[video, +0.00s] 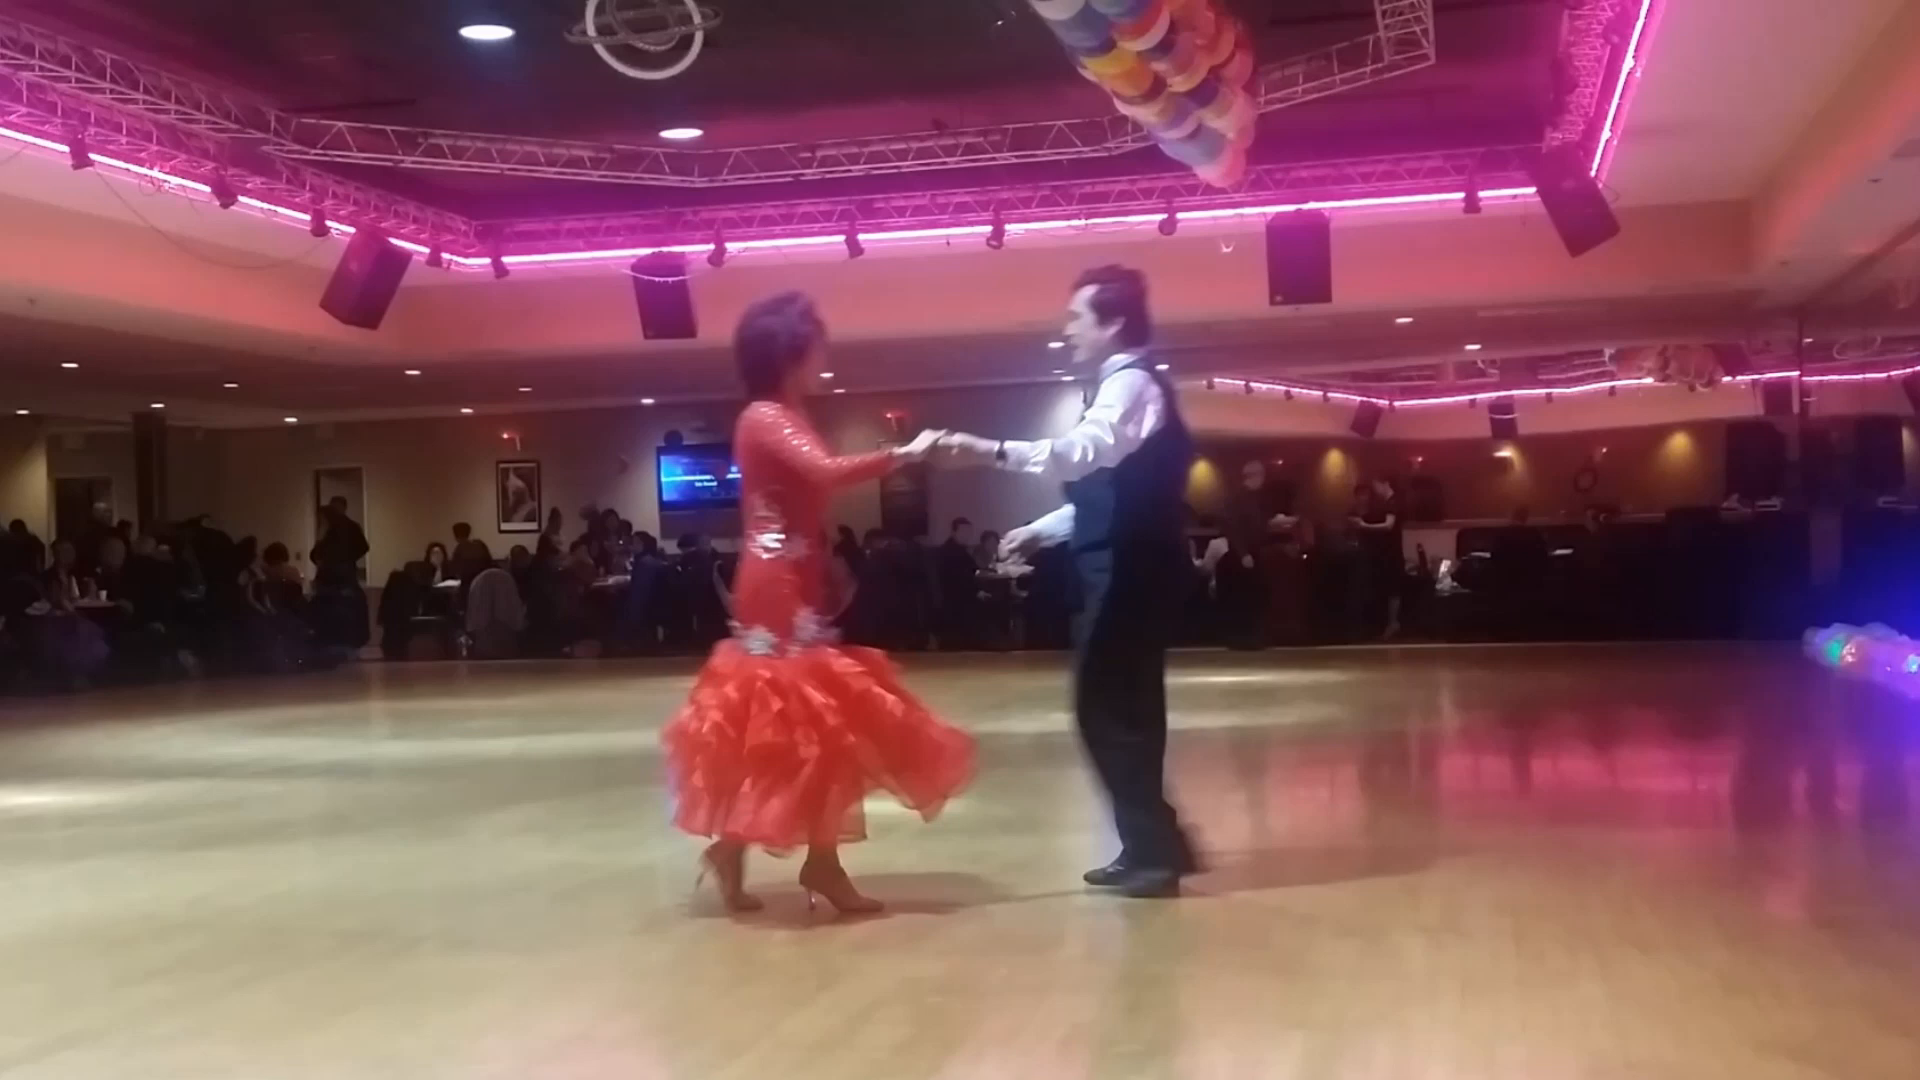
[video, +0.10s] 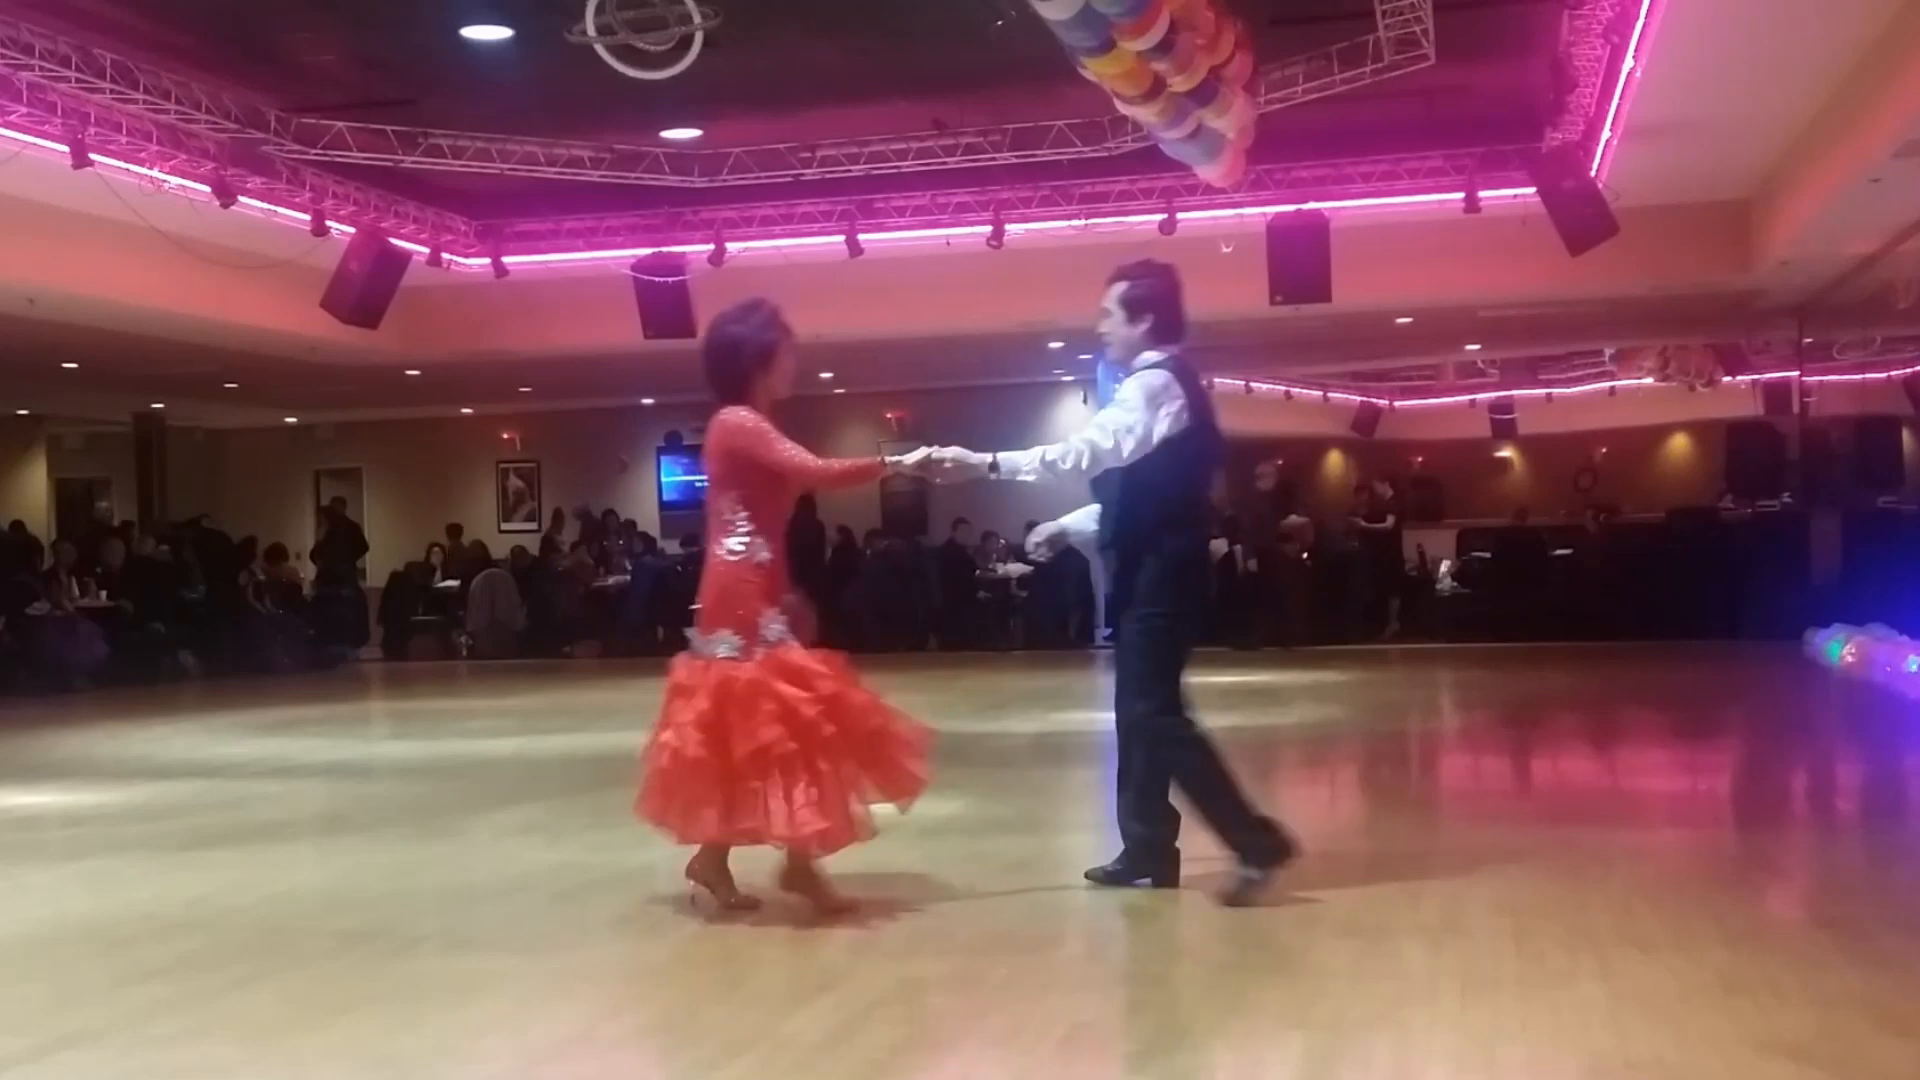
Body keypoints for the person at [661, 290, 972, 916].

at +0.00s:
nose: (822, 364)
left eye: (821, 352)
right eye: (815, 352)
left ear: (775, 355)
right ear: (785, 355)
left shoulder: (786, 416)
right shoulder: (765, 419)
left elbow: (789, 511)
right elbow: (823, 471)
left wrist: (824, 563)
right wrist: (900, 454)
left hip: (789, 580)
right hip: (775, 584)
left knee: (767, 720)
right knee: (823, 721)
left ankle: (729, 839)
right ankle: (823, 859)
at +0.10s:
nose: (794, 367)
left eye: (792, 355)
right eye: (786, 356)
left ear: (741, 361)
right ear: (758, 360)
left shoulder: (745, 425)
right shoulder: (737, 425)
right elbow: (810, 471)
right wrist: (897, 463)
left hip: (741, 592)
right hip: (741, 596)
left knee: (741, 730)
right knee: (797, 723)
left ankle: (712, 854)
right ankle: (800, 859)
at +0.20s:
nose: (761, 370)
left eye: (760, 358)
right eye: (753, 358)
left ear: (706, 364)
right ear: (723, 363)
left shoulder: (700, 424)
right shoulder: (721, 423)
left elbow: (804, 453)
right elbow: (811, 455)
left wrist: (889, 450)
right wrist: (899, 452)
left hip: (711, 584)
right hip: (723, 589)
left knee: (742, 723)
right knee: (756, 721)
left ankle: (726, 859)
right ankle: (721, 860)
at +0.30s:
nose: (743, 366)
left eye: (741, 354)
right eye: (737, 355)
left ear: (677, 366)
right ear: (713, 363)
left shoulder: (671, 435)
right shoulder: (721, 421)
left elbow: (654, 524)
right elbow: (817, 438)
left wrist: (679, 572)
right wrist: (902, 435)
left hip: (687, 576)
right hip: (719, 576)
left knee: (721, 722)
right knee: (730, 722)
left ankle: (715, 860)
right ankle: (717, 867)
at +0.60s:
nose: (783, 367)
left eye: (779, 356)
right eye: (773, 358)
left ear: (718, 373)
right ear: (749, 369)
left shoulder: (713, 438)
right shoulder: (760, 427)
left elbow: (680, 521)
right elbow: (850, 459)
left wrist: (704, 578)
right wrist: (939, 466)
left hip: (722, 580)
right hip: (751, 581)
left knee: (772, 715)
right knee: (779, 715)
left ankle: (777, 844)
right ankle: (750, 842)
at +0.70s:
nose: (819, 358)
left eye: (813, 347)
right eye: (806, 350)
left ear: (763, 368)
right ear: (777, 364)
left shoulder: (758, 426)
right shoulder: (785, 421)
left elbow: (738, 518)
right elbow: (872, 453)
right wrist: (963, 460)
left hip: (759, 579)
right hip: (778, 582)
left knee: (800, 715)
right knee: (824, 712)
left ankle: (797, 849)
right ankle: (791, 852)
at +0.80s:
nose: (857, 353)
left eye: (852, 342)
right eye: (843, 345)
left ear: (820, 359)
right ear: (814, 361)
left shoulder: (828, 425)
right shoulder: (813, 422)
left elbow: (851, 527)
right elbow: (893, 449)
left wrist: (907, 539)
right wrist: (976, 448)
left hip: (813, 580)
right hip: (810, 583)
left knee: (817, 723)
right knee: (873, 710)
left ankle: (784, 852)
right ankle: (903, 853)